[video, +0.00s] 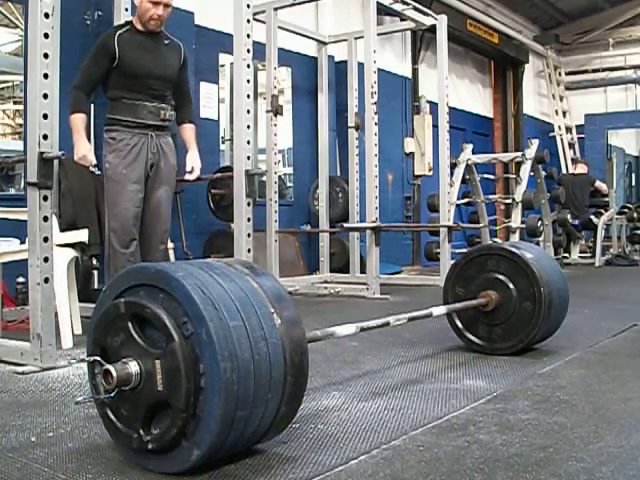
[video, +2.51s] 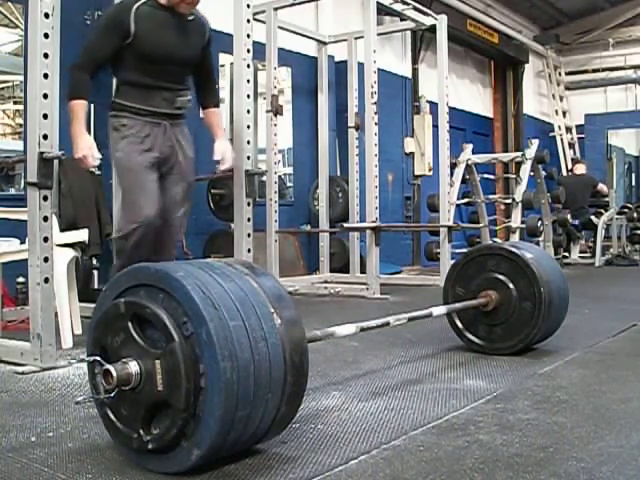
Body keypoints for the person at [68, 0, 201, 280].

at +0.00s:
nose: (159, 12)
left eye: (165, 6)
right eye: (153, 4)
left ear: (170, 10)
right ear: (137, 3)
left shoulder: (176, 50)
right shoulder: (114, 40)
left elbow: (184, 105)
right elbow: (80, 91)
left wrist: (192, 149)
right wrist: (80, 141)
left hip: (164, 144)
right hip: (123, 142)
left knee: (158, 232)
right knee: (124, 229)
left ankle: (158, 304)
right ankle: (122, 305)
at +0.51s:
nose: (159, 11)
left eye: (165, 6)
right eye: (153, 3)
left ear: (170, 9)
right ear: (137, 2)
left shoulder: (176, 49)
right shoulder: (113, 39)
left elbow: (183, 104)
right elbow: (79, 91)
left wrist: (191, 149)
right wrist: (79, 141)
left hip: (163, 143)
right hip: (123, 141)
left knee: (157, 233)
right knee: (123, 230)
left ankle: (159, 306)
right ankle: (122, 307)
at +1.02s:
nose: (156, 11)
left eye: (162, 6)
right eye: (149, 4)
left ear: (167, 9)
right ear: (134, 3)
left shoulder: (175, 48)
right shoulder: (112, 39)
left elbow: (183, 103)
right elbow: (77, 91)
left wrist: (191, 148)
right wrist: (77, 141)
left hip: (162, 143)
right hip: (122, 141)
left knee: (157, 232)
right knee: (122, 230)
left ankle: (159, 305)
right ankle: (121, 306)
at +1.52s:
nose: (148, 7)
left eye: (155, 2)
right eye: (142, 1)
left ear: (161, 6)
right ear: (127, 2)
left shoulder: (169, 43)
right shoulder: (104, 36)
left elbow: (180, 98)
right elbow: (69, 89)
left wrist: (191, 144)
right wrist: (70, 142)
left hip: (158, 141)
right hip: (116, 139)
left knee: (153, 230)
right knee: (117, 227)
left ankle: (151, 309)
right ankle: (110, 311)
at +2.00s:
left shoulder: (162, 24)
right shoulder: (92, 19)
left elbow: (174, 80)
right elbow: (53, 73)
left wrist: (188, 129)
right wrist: (59, 130)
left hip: (154, 135)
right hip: (106, 133)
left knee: (161, 231)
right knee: (108, 233)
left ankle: (151, 316)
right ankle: (107, 321)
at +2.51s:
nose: (195, 2)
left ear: (195, 1)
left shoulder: (199, 27)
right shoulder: (127, 14)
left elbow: (207, 85)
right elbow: (82, 70)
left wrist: (220, 137)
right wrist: (79, 134)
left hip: (178, 130)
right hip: (133, 127)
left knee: (173, 225)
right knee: (144, 215)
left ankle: (161, 305)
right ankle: (122, 300)